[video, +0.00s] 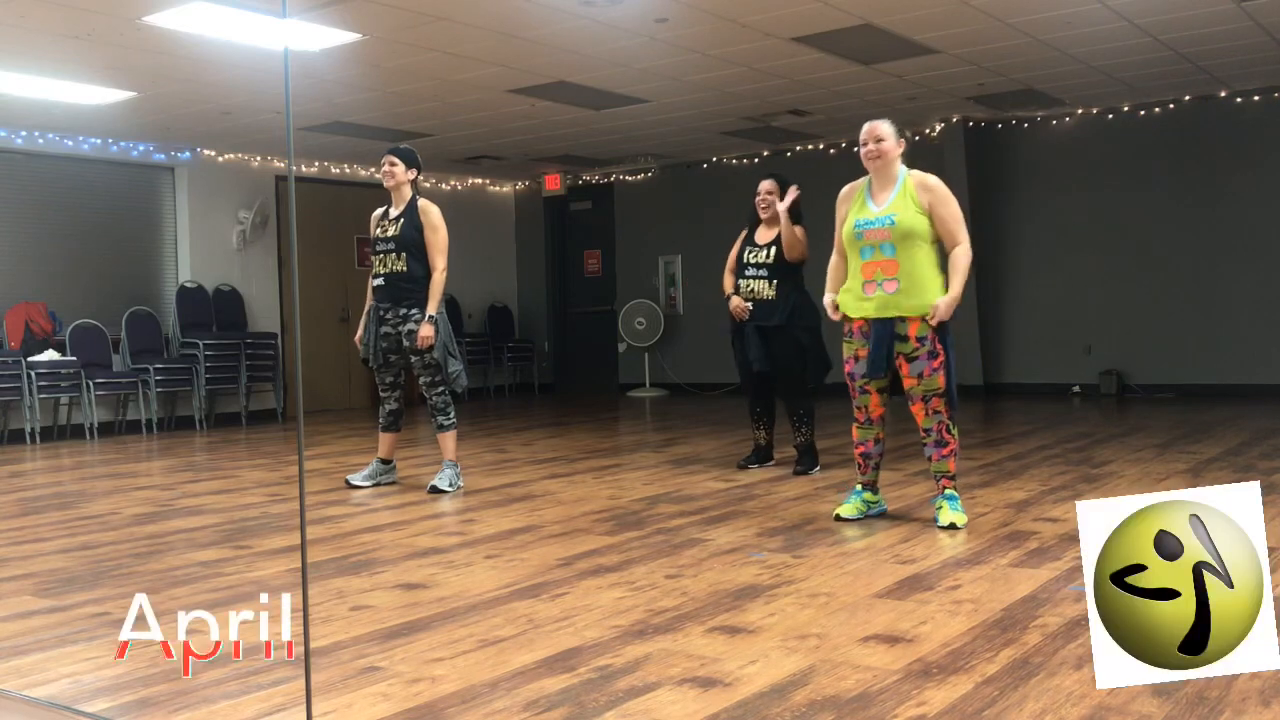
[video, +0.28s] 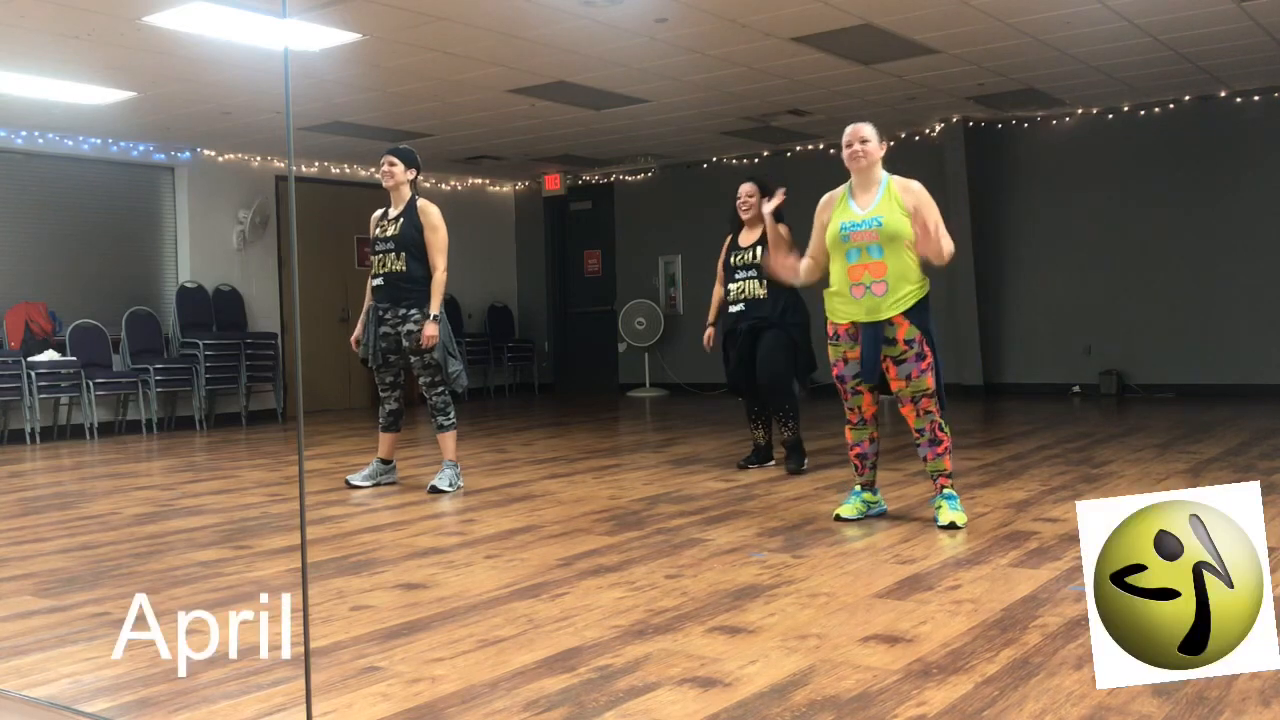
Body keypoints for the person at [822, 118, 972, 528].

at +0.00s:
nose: (870, 148)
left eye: (879, 140)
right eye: (864, 143)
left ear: (900, 146)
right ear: (859, 153)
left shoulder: (926, 187)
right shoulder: (849, 196)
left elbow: (959, 245)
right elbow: (840, 251)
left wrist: (952, 296)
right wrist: (831, 290)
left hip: (917, 319)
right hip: (861, 321)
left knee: (931, 408)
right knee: (865, 409)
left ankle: (947, 495)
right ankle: (867, 492)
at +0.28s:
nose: (855, 148)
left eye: (863, 141)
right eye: (849, 144)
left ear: (882, 149)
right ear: (841, 156)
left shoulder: (909, 191)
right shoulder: (830, 204)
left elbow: (941, 253)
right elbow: (812, 267)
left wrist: (932, 243)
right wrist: (785, 266)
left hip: (902, 315)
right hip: (846, 321)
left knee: (921, 404)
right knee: (857, 409)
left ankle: (945, 493)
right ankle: (865, 492)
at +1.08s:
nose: (908, 145)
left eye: (918, 138)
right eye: (903, 139)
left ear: (940, 145)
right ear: (896, 148)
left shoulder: (960, 192)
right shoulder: (879, 198)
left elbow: (992, 245)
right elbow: (862, 256)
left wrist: (970, 272)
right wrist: (844, 280)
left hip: (948, 314)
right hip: (893, 319)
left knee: (957, 405)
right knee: (886, 407)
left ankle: (965, 496)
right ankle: (872, 492)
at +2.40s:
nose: (849, 147)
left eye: (856, 140)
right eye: (841, 144)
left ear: (875, 148)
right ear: (834, 156)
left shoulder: (905, 189)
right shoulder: (822, 203)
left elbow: (938, 249)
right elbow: (816, 266)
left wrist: (954, 304)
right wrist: (806, 309)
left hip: (906, 311)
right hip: (848, 319)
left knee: (928, 401)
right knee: (861, 408)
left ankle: (955, 493)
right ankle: (869, 492)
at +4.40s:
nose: (881, 134)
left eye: (891, 127)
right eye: (876, 130)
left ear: (912, 139)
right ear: (869, 144)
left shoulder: (932, 185)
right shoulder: (856, 186)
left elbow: (944, 247)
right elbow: (845, 246)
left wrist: (939, 302)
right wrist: (837, 296)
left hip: (924, 311)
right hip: (870, 314)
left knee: (938, 401)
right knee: (842, 382)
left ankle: (952, 492)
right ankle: (864, 476)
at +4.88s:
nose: (868, 138)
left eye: (876, 131)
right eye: (860, 134)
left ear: (893, 140)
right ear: (851, 147)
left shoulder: (921, 182)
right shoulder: (838, 197)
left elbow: (956, 242)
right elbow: (821, 257)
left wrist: (978, 298)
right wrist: (783, 289)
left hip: (915, 309)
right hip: (857, 314)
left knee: (934, 399)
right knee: (857, 402)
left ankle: (948, 492)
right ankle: (863, 491)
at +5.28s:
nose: (876, 145)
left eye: (885, 137)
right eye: (870, 140)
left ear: (907, 141)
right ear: (865, 148)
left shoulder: (929, 191)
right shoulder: (852, 185)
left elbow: (950, 251)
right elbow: (831, 242)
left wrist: (934, 271)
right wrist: (812, 293)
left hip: (918, 312)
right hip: (864, 315)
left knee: (928, 406)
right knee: (866, 405)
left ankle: (942, 496)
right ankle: (866, 493)